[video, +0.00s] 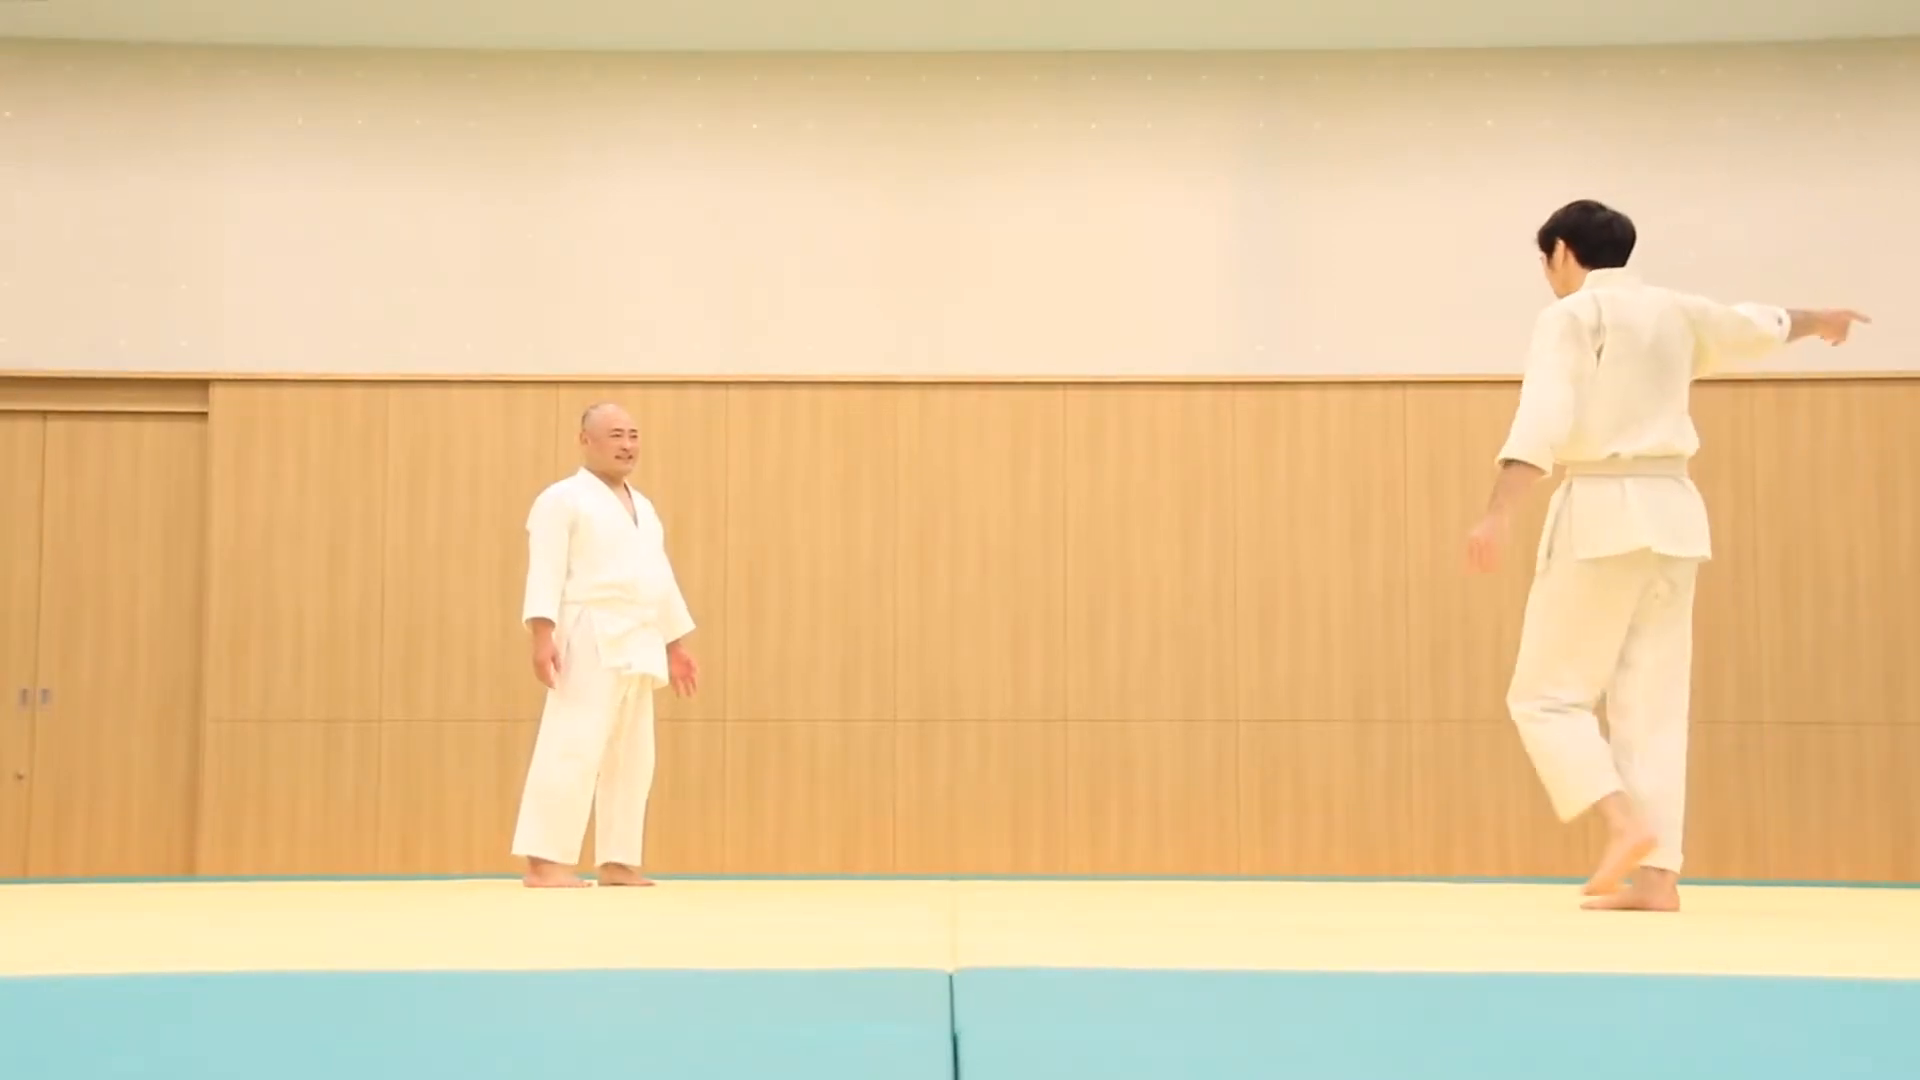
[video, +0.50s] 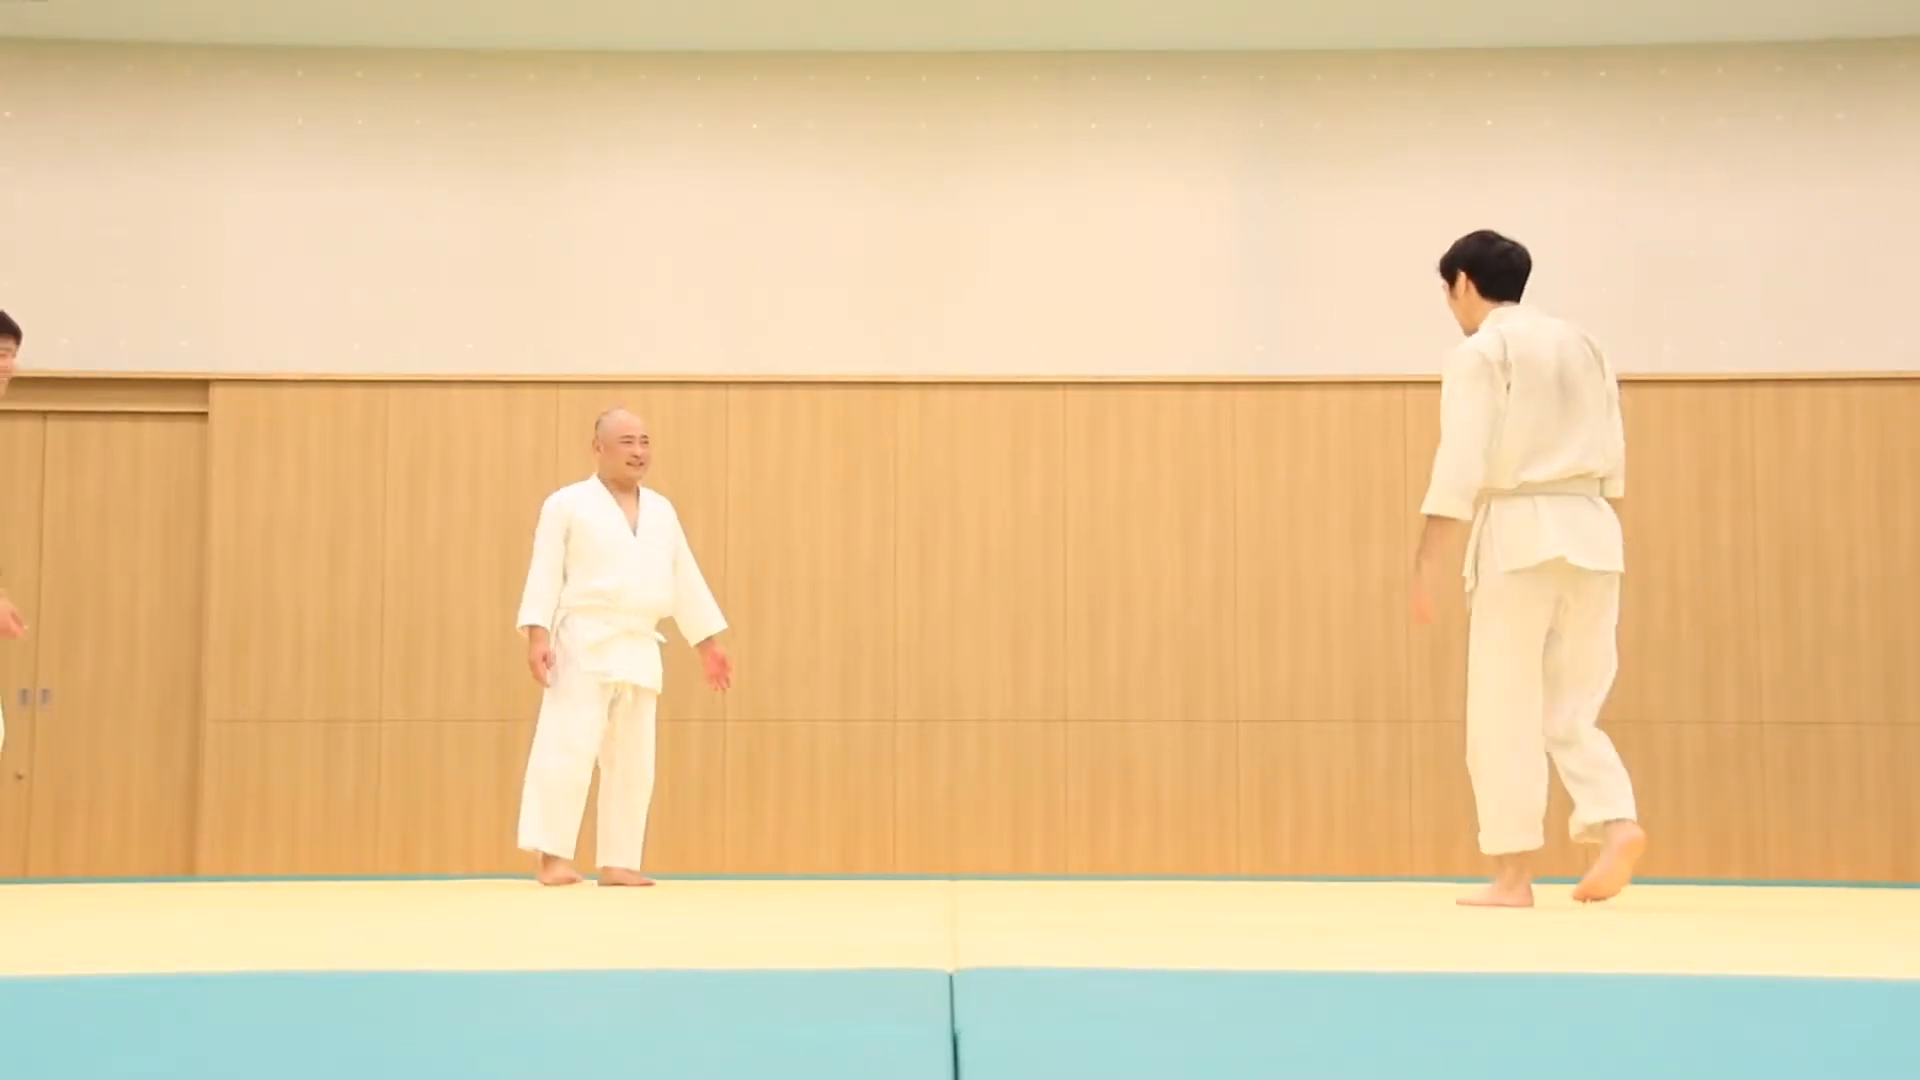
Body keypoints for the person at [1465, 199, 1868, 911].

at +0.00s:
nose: (1546, 275)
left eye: (1545, 261)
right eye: (1544, 263)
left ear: (1565, 255)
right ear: (1621, 255)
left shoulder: (1567, 317)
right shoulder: (1671, 309)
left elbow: (1543, 417)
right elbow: (1748, 325)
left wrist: (1496, 510)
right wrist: (1816, 320)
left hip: (1599, 522)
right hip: (1675, 521)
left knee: (1546, 695)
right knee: (1653, 698)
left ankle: (1623, 822)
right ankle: (1655, 878)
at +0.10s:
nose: (1530, 277)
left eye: (1530, 263)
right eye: (1529, 264)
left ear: (1548, 257)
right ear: (1600, 258)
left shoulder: (1549, 321)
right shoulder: (1653, 311)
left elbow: (1543, 415)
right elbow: (1726, 330)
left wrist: (1526, 511)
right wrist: (1791, 326)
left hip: (1581, 520)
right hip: (1657, 521)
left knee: (1535, 690)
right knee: (1647, 692)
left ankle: (1559, 859)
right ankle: (1656, 877)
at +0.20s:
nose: (1509, 284)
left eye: (1508, 271)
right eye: (1507, 272)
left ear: (1527, 265)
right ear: (1583, 265)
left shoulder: (1528, 330)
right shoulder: (1633, 321)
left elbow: (1528, 425)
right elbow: (1706, 354)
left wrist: (1527, 522)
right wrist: (1765, 362)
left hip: (1564, 524)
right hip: (1640, 522)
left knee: (1531, 694)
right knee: (1641, 704)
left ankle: (1507, 870)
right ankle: (1655, 876)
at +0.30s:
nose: (1487, 294)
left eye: (1486, 279)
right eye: (1484, 281)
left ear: (1505, 272)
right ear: (1558, 273)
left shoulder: (1509, 340)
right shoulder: (1612, 330)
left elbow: (1512, 444)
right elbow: (1682, 391)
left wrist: (1505, 546)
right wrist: (1717, 427)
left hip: (1547, 533)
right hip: (1622, 528)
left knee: (1519, 707)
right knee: (1627, 702)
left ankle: (1511, 877)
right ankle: (1653, 865)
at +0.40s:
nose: (1466, 301)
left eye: (1465, 286)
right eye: (1464, 287)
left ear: (1482, 276)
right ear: (1532, 277)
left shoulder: (1491, 346)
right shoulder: (1596, 340)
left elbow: (1490, 460)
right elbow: (1648, 451)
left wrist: (1466, 562)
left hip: (1529, 536)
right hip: (1604, 531)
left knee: (1510, 702)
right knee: (1601, 698)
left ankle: (1512, 877)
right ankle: (1640, 838)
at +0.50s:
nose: (1450, 306)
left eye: (1450, 291)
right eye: (1449, 292)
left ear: (1468, 285)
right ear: (1515, 284)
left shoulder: (1479, 351)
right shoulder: (1582, 346)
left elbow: (1461, 465)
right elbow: (1611, 460)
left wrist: (1426, 565)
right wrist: (1588, 529)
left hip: (1516, 537)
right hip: (1594, 535)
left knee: (1503, 701)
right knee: (1572, 706)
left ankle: (1511, 878)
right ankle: (1619, 823)